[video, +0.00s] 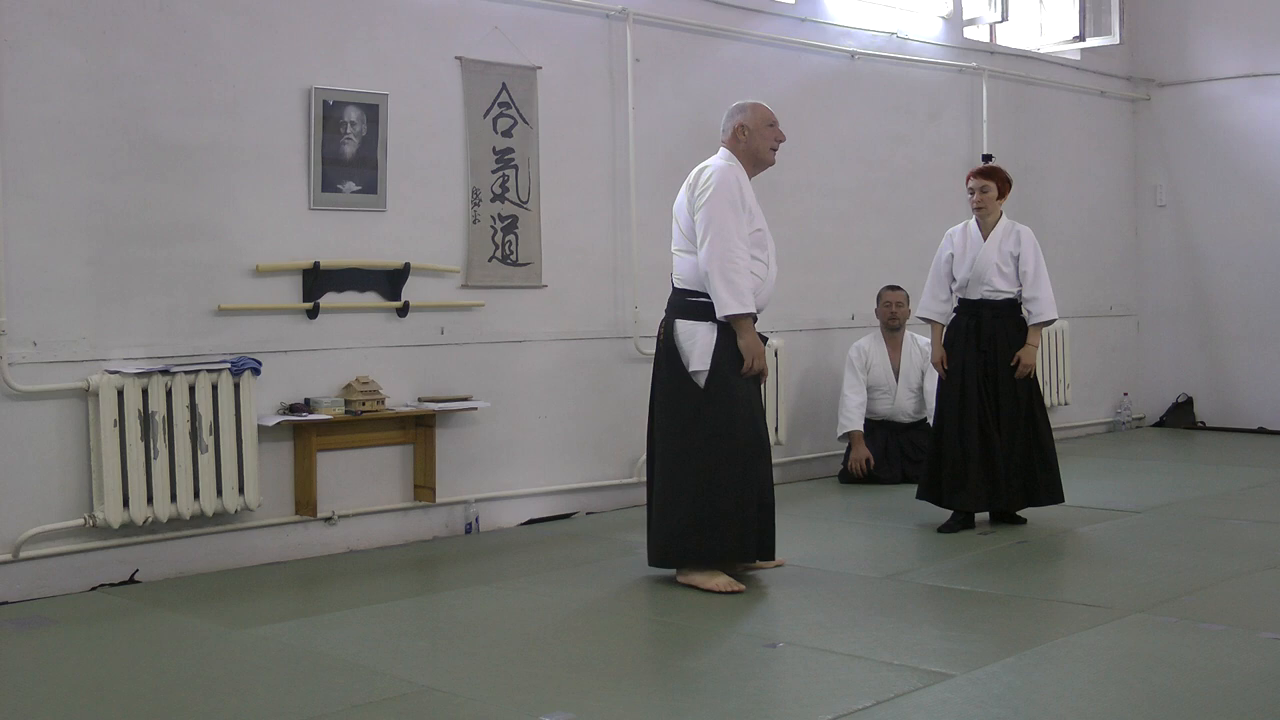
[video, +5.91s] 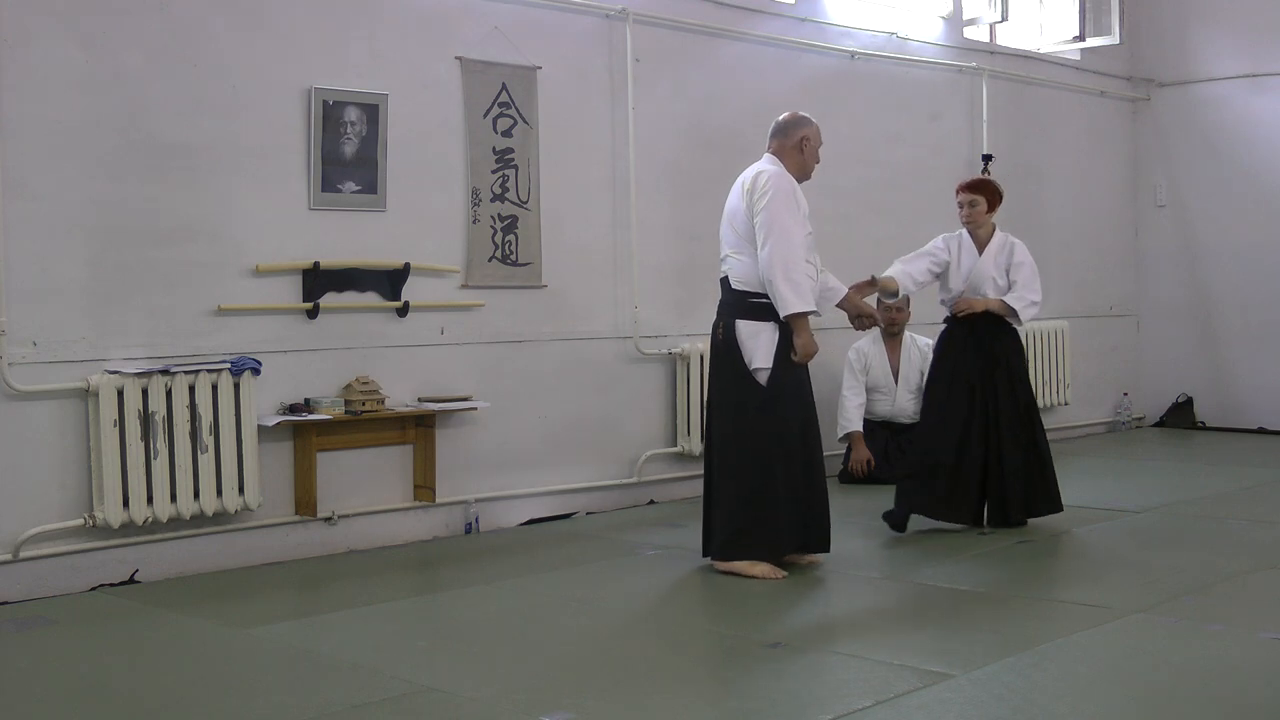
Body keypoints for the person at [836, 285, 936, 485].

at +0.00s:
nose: (893, 310)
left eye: (899, 305)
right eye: (887, 305)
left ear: (909, 313)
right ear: (877, 312)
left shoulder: (926, 348)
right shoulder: (861, 350)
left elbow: (934, 397)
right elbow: (852, 398)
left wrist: (942, 437)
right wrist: (857, 443)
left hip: (916, 431)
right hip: (874, 431)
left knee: (934, 473)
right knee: (854, 472)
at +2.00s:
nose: (891, 310)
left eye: (897, 305)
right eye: (885, 305)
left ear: (907, 313)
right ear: (875, 312)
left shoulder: (925, 348)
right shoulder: (860, 350)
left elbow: (934, 396)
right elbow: (851, 398)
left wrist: (944, 436)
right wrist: (857, 443)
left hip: (916, 430)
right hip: (874, 431)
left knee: (936, 472)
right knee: (855, 473)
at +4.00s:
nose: (891, 314)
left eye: (898, 308)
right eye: (885, 308)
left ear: (908, 314)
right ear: (876, 313)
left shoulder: (926, 349)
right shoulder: (861, 350)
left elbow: (936, 397)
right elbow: (852, 398)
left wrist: (945, 437)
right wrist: (857, 443)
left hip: (916, 430)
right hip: (875, 430)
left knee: (936, 471)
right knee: (856, 471)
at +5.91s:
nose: (893, 316)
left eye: (899, 310)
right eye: (887, 310)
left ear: (909, 314)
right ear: (877, 313)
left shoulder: (926, 349)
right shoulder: (861, 350)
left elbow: (933, 395)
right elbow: (851, 397)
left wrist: (934, 434)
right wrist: (857, 442)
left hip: (913, 430)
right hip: (873, 430)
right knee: (854, 471)